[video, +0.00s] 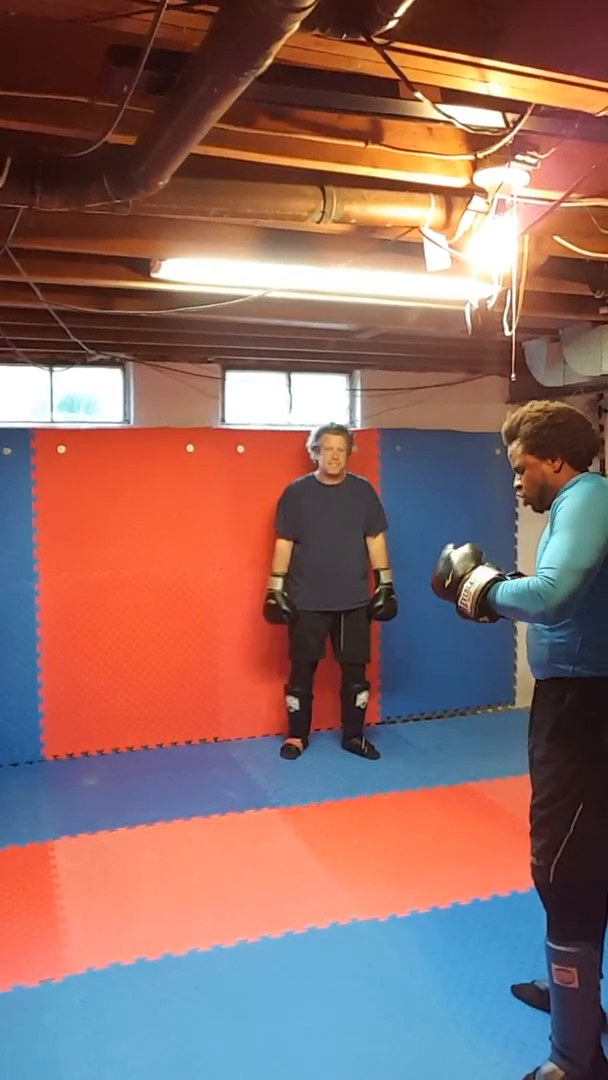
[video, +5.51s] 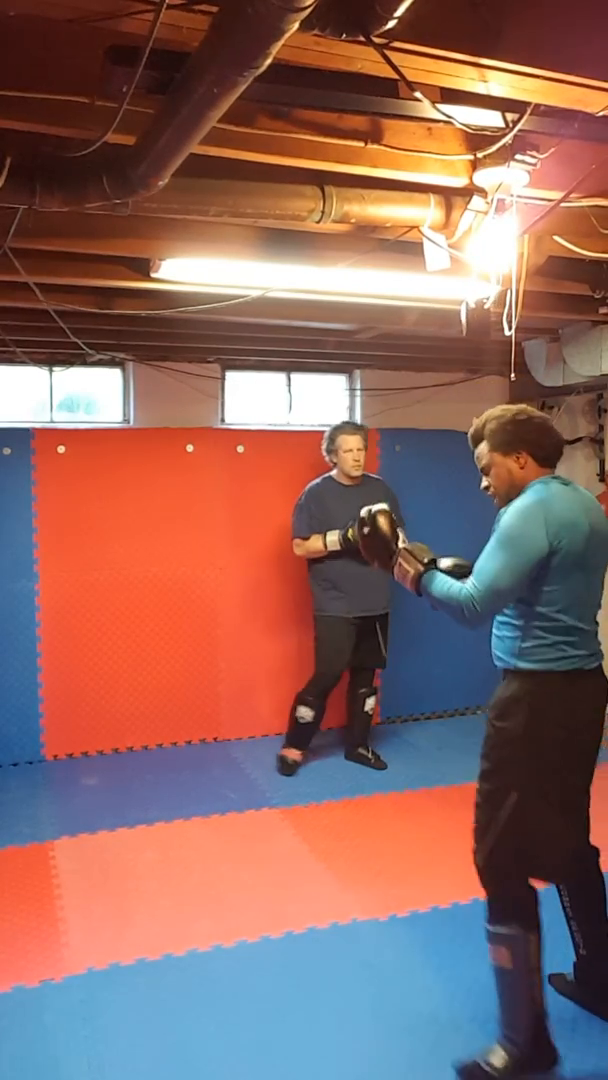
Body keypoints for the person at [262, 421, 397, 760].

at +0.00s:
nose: (334, 456)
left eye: (340, 451)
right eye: (328, 450)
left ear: (348, 455)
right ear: (317, 453)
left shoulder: (363, 490)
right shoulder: (296, 493)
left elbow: (376, 538)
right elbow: (284, 542)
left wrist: (385, 585)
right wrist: (276, 588)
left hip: (354, 599)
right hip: (307, 599)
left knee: (356, 669)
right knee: (302, 669)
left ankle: (354, 736)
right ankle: (297, 735)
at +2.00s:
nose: (370, 458)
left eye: (376, 452)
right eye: (364, 451)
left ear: (381, 456)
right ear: (349, 453)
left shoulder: (392, 492)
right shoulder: (327, 493)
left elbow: (405, 540)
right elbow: (316, 542)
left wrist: (415, 584)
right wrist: (312, 588)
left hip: (380, 599)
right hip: (340, 598)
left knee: (370, 667)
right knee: (344, 664)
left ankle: (356, 734)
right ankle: (327, 729)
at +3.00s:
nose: (321, 457)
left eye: (327, 451)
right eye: (314, 451)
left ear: (337, 454)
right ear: (304, 454)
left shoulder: (355, 491)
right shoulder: (287, 495)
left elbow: (371, 541)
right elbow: (275, 545)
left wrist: (383, 588)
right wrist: (265, 592)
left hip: (346, 603)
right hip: (297, 602)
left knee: (350, 672)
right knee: (290, 676)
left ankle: (353, 736)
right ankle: (282, 748)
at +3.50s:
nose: (282, 458)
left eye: (288, 451)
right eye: (276, 452)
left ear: (301, 453)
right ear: (267, 455)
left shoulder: (323, 491)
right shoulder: (252, 495)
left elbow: (337, 540)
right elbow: (240, 546)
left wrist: (342, 587)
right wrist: (230, 593)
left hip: (313, 601)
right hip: (266, 602)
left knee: (312, 674)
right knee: (272, 675)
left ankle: (317, 747)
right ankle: (279, 745)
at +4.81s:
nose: (305, 455)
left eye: (310, 448)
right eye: (297, 449)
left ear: (319, 452)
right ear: (283, 455)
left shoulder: (333, 492)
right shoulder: (264, 496)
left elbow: (347, 534)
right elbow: (250, 543)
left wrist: (345, 556)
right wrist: (263, 585)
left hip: (324, 604)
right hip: (281, 606)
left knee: (337, 675)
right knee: (280, 677)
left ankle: (353, 743)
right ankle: (281, 748)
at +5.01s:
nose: (318, 455)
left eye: (323, 449)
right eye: (310, 450)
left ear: (330, 451)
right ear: (296, 455)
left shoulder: (345, 489)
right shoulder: (277, 495)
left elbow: (360, 532)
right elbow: (265, 544)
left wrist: (357, 551)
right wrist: (307, 558)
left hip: (340, 605)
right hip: (294, 607)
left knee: (349, 676)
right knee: (287, 679)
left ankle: (355, 744)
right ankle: (282, 748)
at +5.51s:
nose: (357, 457)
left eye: (361, 450)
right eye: (349, 451)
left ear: (367, 452)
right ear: (332, 455)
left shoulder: (381, 490)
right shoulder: (315, 493)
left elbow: (398, 536)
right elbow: (301, 547)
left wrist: (390, 541)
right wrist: (346, 537)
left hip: (375, 603)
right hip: (333, 604)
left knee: (366, 674)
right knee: (329, 672)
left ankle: (358, 744)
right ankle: (295, 747)